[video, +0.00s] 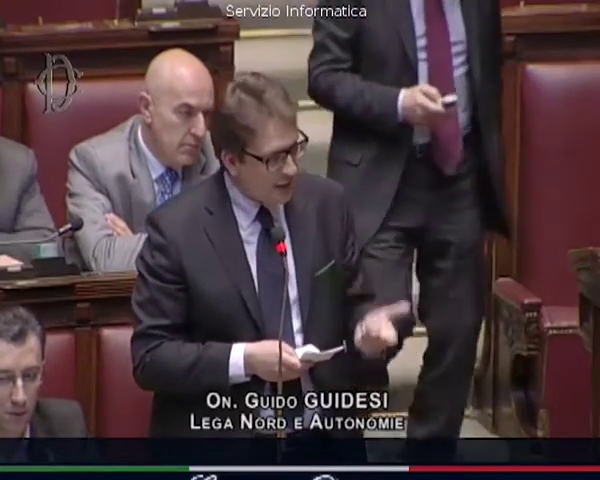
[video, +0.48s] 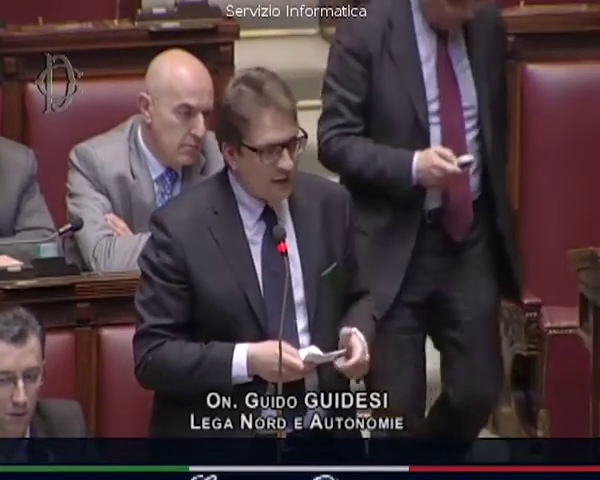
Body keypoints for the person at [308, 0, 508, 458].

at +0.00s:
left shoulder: (481, 5)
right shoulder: (351, 5)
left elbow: (488, 79)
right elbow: (323, 77)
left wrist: (490, 177)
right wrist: (397, 102)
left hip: (461, 173)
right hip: (380, 172)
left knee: (457, 333)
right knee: (381, 324)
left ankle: (429, 461)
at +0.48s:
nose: (469, 16)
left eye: (475, 9)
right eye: (462, 9)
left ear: (480, 3)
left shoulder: (487, 24)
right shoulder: (365, 29)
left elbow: (496, 132)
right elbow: (334, 142)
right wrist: (410, 165)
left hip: (471, 238)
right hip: (393, 241)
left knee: (477, 393)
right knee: (398, 406)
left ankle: (419, 474)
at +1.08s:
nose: (498, 55)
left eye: (506, 41)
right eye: (485, 42)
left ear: (514, 29)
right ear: (446, 24)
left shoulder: (515, 75)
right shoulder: (391, 80)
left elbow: (520, 189)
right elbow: (372, 189)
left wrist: (519, 293)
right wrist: (449, 162)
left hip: (495, 292)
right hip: (417, 296)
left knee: (496, 447)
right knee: (420, 452)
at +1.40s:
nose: (534, 85)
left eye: (542, 70)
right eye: (520, 73)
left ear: (550, 57)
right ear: (484, 61)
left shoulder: (547, 115)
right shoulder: (437, 118)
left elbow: (551, 225)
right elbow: (447, 217)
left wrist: (563, 315)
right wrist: (503, 140)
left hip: (535, 331)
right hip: (463, 336)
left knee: (534, 479)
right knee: (470, 479)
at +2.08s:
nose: (565, 159)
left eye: (571, 147)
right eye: (556, 149)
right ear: (513, 131)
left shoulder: (566, 186)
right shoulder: (460, 189)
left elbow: (576, 293)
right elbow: (484, 282)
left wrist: (585, 382)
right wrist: (536, 198)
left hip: (567, 396)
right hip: (492, 405)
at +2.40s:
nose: (589, 171)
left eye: (592, 158)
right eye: (579, 159)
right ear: (533, 143)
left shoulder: (572, 192)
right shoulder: (475, 205)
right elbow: (473, 319)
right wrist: (558, 275)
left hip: (575, 405)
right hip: (499, 411)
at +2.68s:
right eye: (599, 148)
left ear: (570, 152)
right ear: (569, 153)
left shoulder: (588, 206)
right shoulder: (505, 218)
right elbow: (471, 328)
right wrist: (566, 329)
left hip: (589, 423)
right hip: (526, 430)